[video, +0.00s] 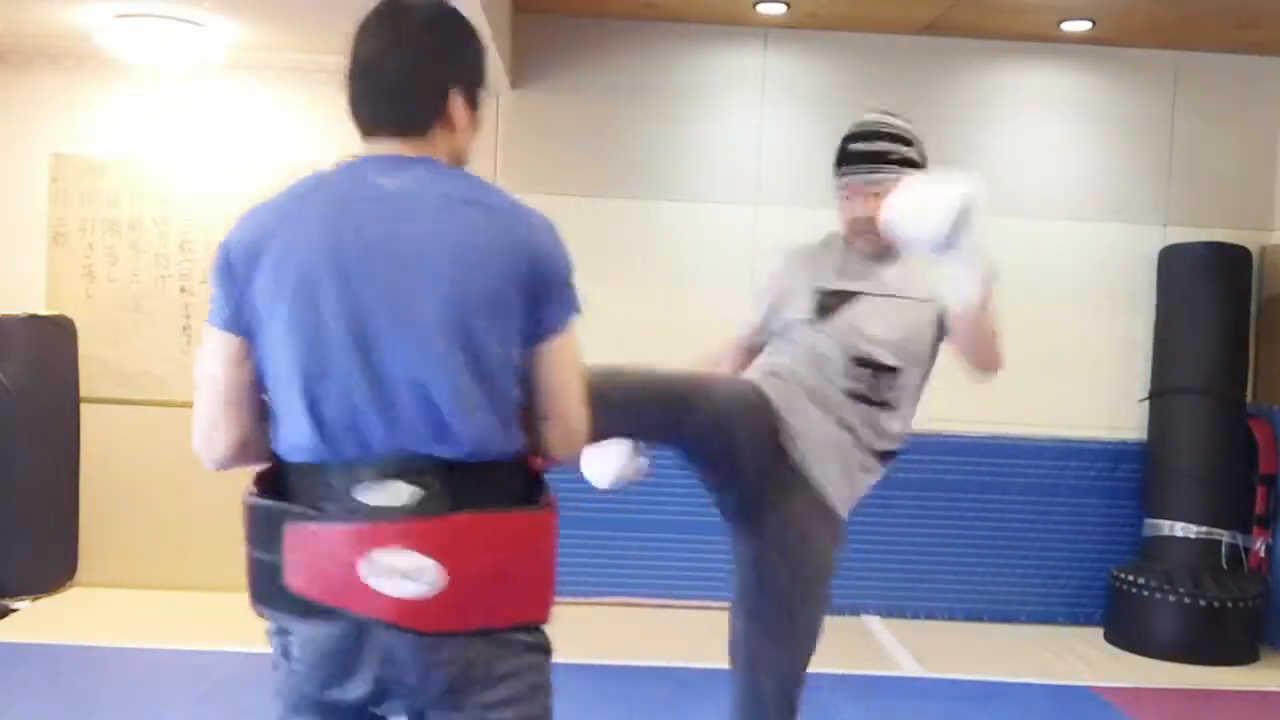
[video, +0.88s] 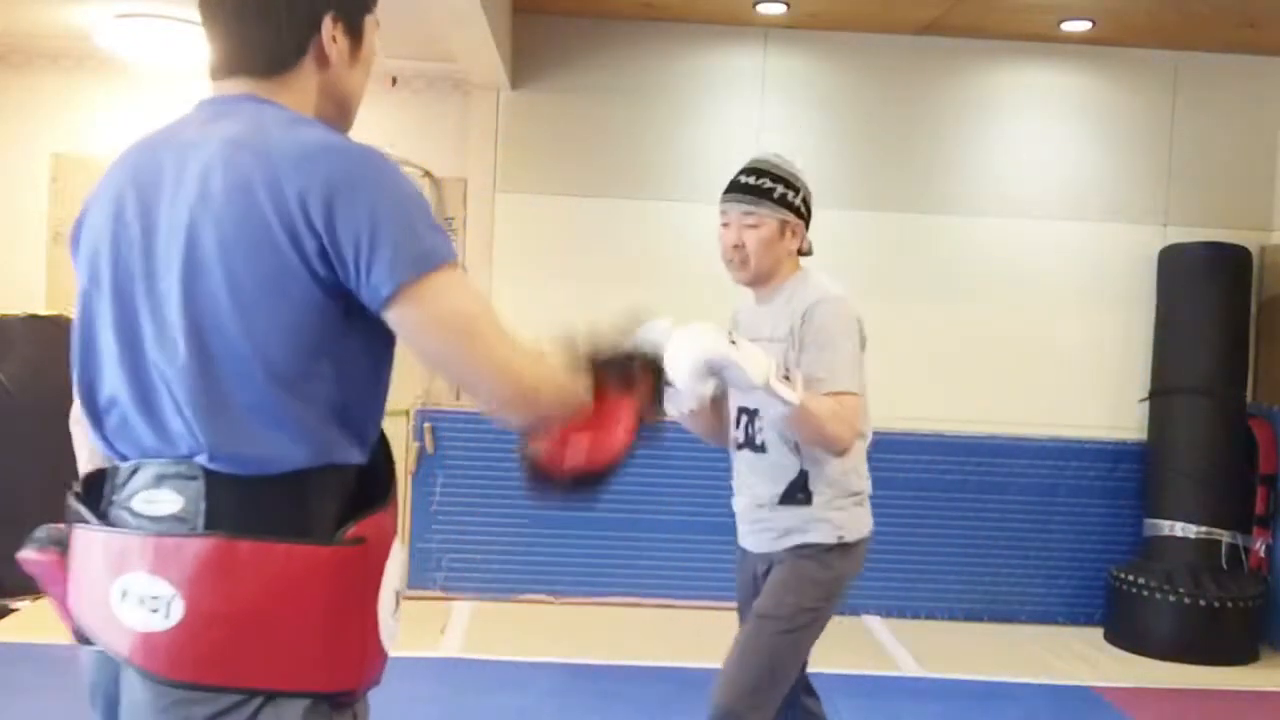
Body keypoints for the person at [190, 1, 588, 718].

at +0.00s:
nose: (480, 122)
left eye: (479, 102)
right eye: (479, 102)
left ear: (359, 99)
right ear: (456, 104)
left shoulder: (263, 233)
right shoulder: (519, 234)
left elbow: (220, 441)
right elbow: (564, 437)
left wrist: (321, 419)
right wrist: (473, 402)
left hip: (317, 608)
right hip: (477, 604)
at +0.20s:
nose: (420, 92)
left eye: (419, 73)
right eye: (416, 71)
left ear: (299, 76)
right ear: (385, 74)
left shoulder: (207, 202)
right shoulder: (440, 195)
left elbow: (178, 403)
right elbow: (512, 406)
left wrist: (288, 403)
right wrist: (462, 396)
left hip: (259, 544)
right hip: (404, 545)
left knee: (281, 708)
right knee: (438, 707)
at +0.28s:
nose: (406, 87)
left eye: (406, 68)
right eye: (403, 67)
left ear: (286, 71)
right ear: (370, 70)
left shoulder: (191, 198)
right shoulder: (416, 188)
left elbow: (167, 396)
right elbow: (500, 405)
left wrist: (268, 427)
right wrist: (470, 442)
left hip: (228, 532)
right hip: (370, 531)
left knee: (258, 709)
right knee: (408, 708)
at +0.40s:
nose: (392, 83)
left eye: (393, 64)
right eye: (390, 63)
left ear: (270, 68)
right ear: (354, 67)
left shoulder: (174, 197)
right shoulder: (389, 187)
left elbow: (144, 396)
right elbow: (473, 414)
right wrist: (499, 530)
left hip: (192, 542)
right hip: (329, 549)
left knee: (232, 705)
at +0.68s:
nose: (384, 83)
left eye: (384, 62)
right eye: (381, 61)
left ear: (247, 63)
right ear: (340, 63)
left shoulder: (146, 199)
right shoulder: (362, 193)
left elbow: (85, 411)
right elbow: (488, 433)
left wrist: (90, 550)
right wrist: (548, 563)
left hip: (148, 581)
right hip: (287, 593)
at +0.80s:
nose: (376, 80)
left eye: (379, 56)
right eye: (374, 53)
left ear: (233, 46)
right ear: (333, 45)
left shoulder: (123, 192)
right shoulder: (345, 180)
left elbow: (87, 423)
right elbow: (510, 410)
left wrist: (110, 537)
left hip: (121, 570)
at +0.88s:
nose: (371, 75)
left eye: (373, 51)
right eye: (370, 49)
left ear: (232, 39)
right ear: (331, 40)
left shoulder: (118, 182)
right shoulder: (338, 174)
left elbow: (91, 430)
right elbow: (514, 389)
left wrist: (115, 543)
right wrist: (592, 381)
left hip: (117, 565)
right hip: (264, 582)